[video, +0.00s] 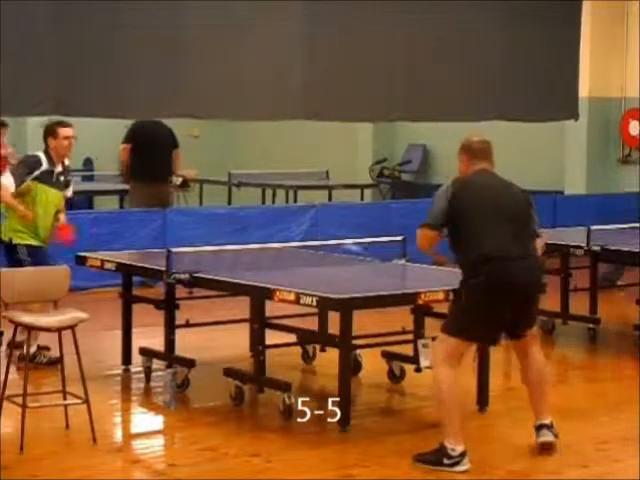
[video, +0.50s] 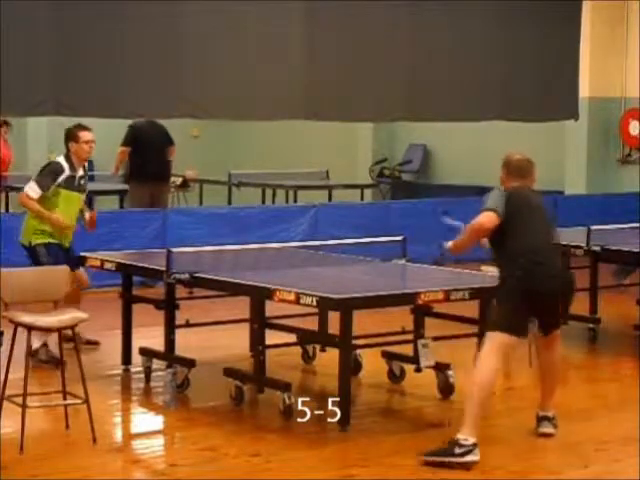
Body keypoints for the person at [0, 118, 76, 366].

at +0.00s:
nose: (70, 144)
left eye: (72, 139)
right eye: (66, 139)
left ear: (70, 142)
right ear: (51, 141)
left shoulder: (65, 172)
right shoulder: (32, 163)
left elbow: (60, 206)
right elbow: (5, 190)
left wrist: (61, 220)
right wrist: (22, 210)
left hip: (40, 237)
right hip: (19, 235)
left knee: (36, 290)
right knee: (37, 288)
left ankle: (21, 341)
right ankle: (27, 345)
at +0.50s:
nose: (91, 148)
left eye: (92, 143)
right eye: (86, 143)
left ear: (90, 146)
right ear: (72, 145)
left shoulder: (83, 171)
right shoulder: (56, 167)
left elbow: (80, 201)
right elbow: (26, 197)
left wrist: (87, 214)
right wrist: (50, 216)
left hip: (63, 238)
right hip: (40, 237)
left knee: (80, 281)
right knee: (54, 287)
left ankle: (68, 328)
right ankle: (38, 344)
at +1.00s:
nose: (105, 174)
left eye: (105, 169)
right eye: (101, 169)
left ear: (80, 169)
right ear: (86, 167)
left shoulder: (57, 183)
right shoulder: (88, 185)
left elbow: (35, 204)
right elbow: (117, 203)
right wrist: (149, 218)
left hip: (26, 248)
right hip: (51, 255)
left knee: (58, 297)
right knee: (79, 303)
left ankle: (49, 341)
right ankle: (46, 350)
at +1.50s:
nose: (100, 142)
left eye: (101, 137)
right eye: (95, 137)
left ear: (101, 138)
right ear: (80, 140)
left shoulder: (103, 164)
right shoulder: (61, 160)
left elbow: (136, 166)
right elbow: (27, 173)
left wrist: (131, 130)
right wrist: (10, 178)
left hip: (92, 232)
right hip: (63, 235)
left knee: (114, 284)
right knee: (58, 292)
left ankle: (124, 337)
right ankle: (40, 347)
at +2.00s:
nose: (147, 164)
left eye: (148, 159)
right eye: (143, 158)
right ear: (128, 158)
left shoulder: (126, 186)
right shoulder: (110, 180)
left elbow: (149, 210)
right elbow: (115, 195)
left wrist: (175, 220)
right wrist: (147, 196)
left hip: (104, 245)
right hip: (83, 246)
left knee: (137, 271)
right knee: (84, 297)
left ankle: (149, 315)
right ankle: (41, 337)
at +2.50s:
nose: (207, 156)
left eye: (208, 152)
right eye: (203, 152)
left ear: (206, 155)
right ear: (189, 154)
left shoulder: (201, 180)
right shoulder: (175, 171)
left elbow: (212, 209)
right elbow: (176, 206)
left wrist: (228, 232)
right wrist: (204, 221)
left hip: (173, 229)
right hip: (148, 227)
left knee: (189, 268)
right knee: (129, 276)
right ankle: (102, 322)